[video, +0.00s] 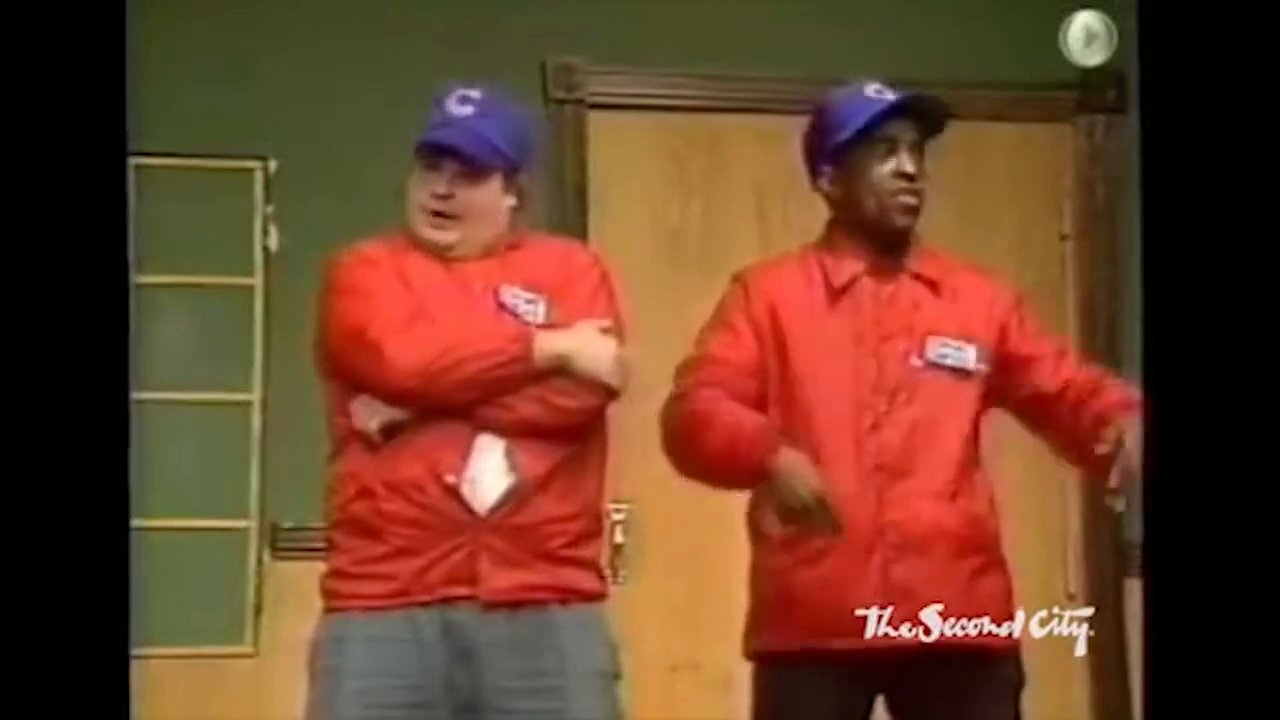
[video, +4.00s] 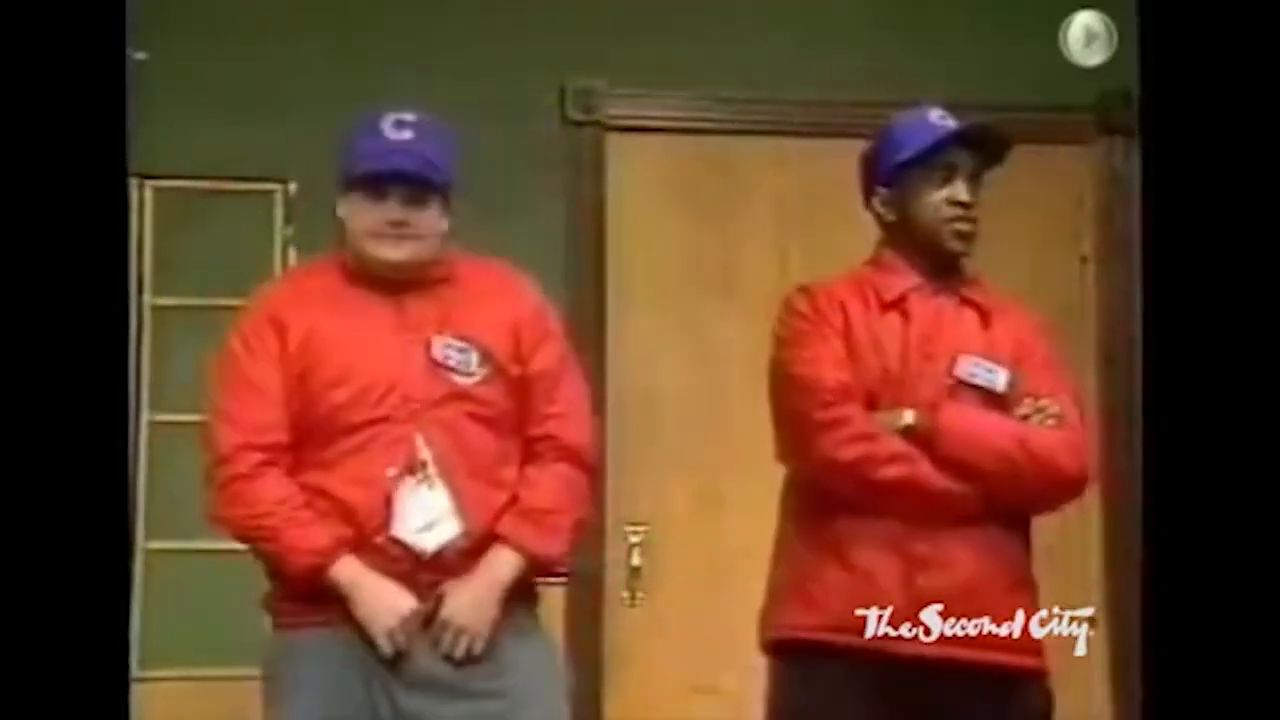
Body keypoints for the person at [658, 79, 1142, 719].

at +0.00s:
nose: (910, 168)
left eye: (917, 151)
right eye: (885, 150)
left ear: (928, 165)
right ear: (829, 176)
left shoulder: (975, 299)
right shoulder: (765, 294)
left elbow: (1063, 388)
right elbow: (692, 416)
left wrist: (1124, 427)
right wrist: (770, 455)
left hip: (959, 628)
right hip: (812, 631)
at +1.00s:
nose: (858, 159)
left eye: (880, 145)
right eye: (842, 148)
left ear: (914, 174)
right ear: (822, 176)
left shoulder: (978, 285)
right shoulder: (777, 288)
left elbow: (1023, 416)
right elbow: (797, 430)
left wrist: (883, 392)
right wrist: (963, 442)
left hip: (963, 616)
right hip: (814, 619)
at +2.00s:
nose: (825, 174)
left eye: (849, 158)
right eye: (814, 161)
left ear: (893, 183)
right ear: (801, 180)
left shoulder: (955, 294)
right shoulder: (761, 298)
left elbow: (1007, 405)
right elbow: (774, 425)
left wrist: (868, 387)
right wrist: (936, 441)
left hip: (952, 617)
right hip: (802, 621)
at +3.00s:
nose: (827, 194)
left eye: (840, 175)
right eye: (803, 179)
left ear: (858, 192)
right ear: (768, 203)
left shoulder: (924, 300)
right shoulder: (733, 331)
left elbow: (988, 437)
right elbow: (764, 483)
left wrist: (845, 436)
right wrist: (929, 458)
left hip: (942, 640)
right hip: (798, 655)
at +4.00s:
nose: (965, 197)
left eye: (972, 181)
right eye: (941, 178)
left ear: (981, 196)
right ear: (885, 201)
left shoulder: (1013, 325)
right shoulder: (821, 309)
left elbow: (1065, 466)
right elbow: (833, 454)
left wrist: (921, 423)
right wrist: (1001, 477)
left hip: (988, 647)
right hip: (839, 643)